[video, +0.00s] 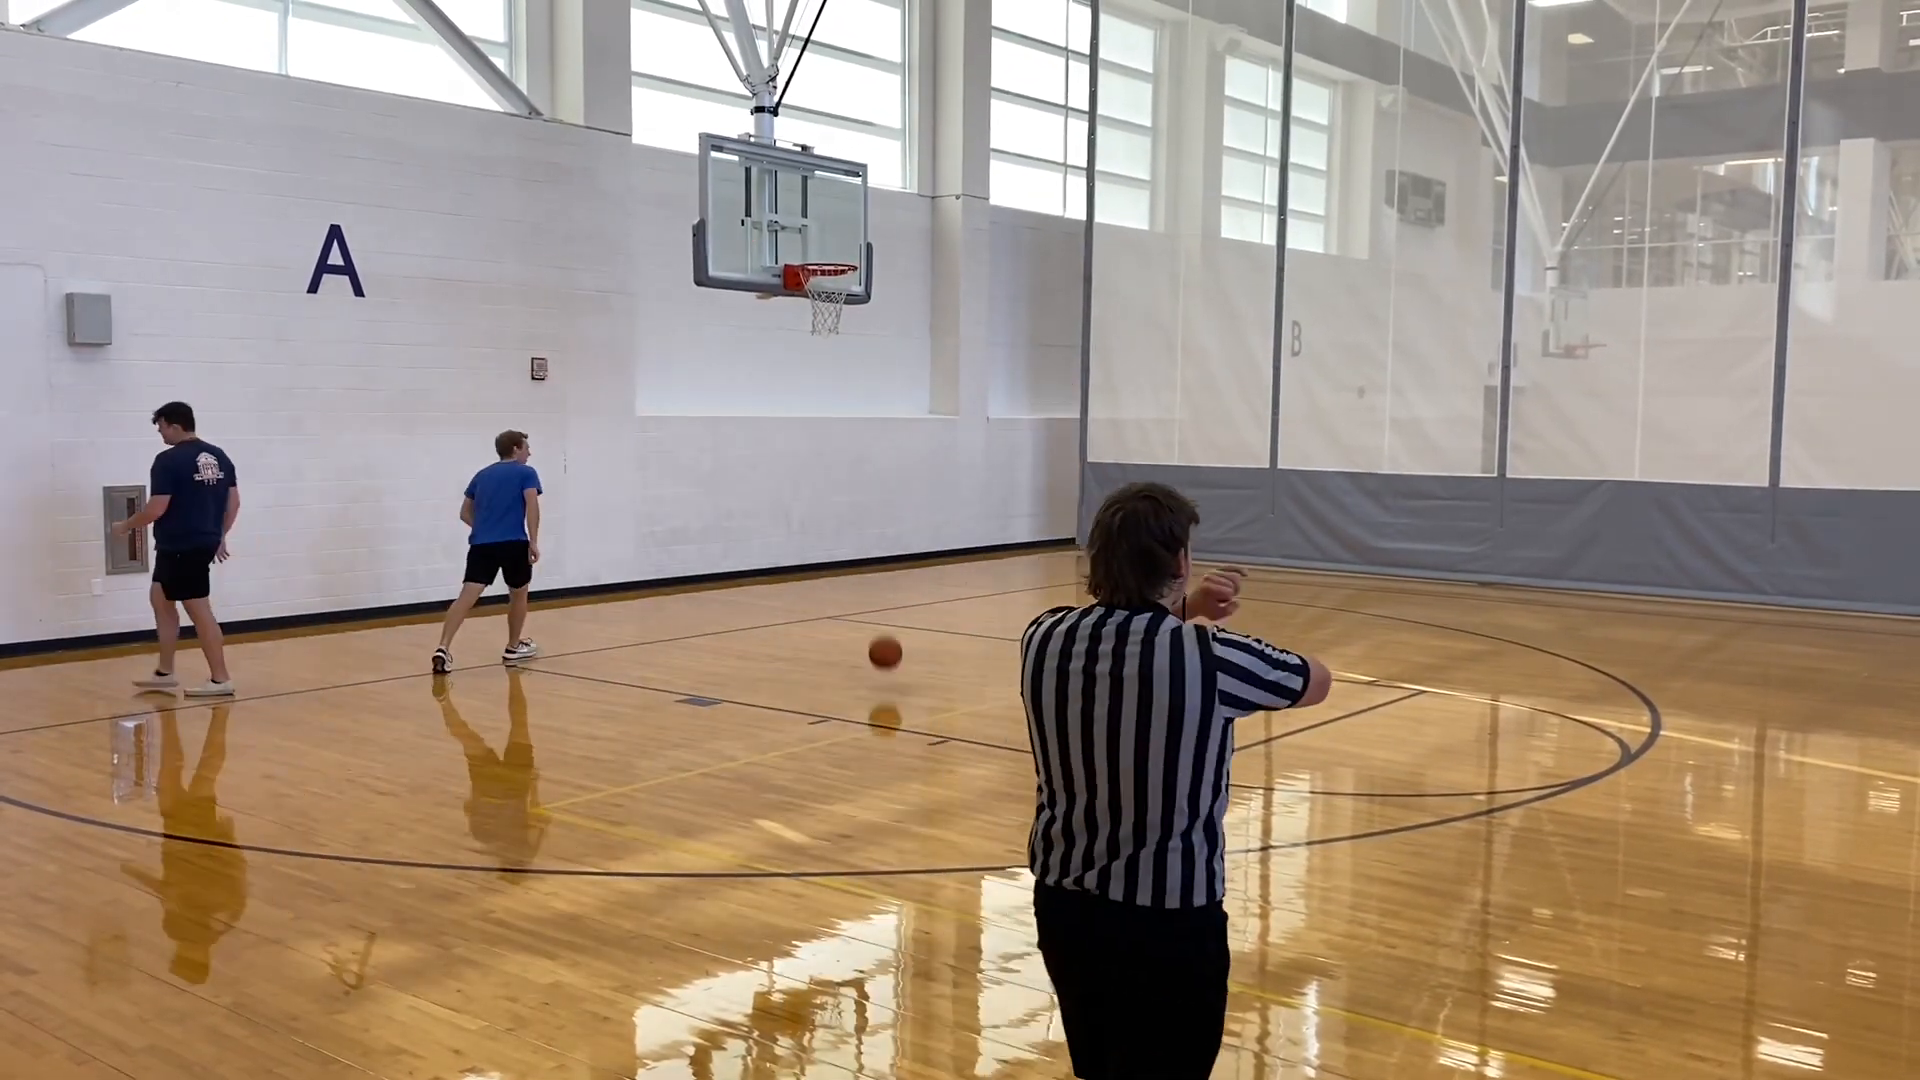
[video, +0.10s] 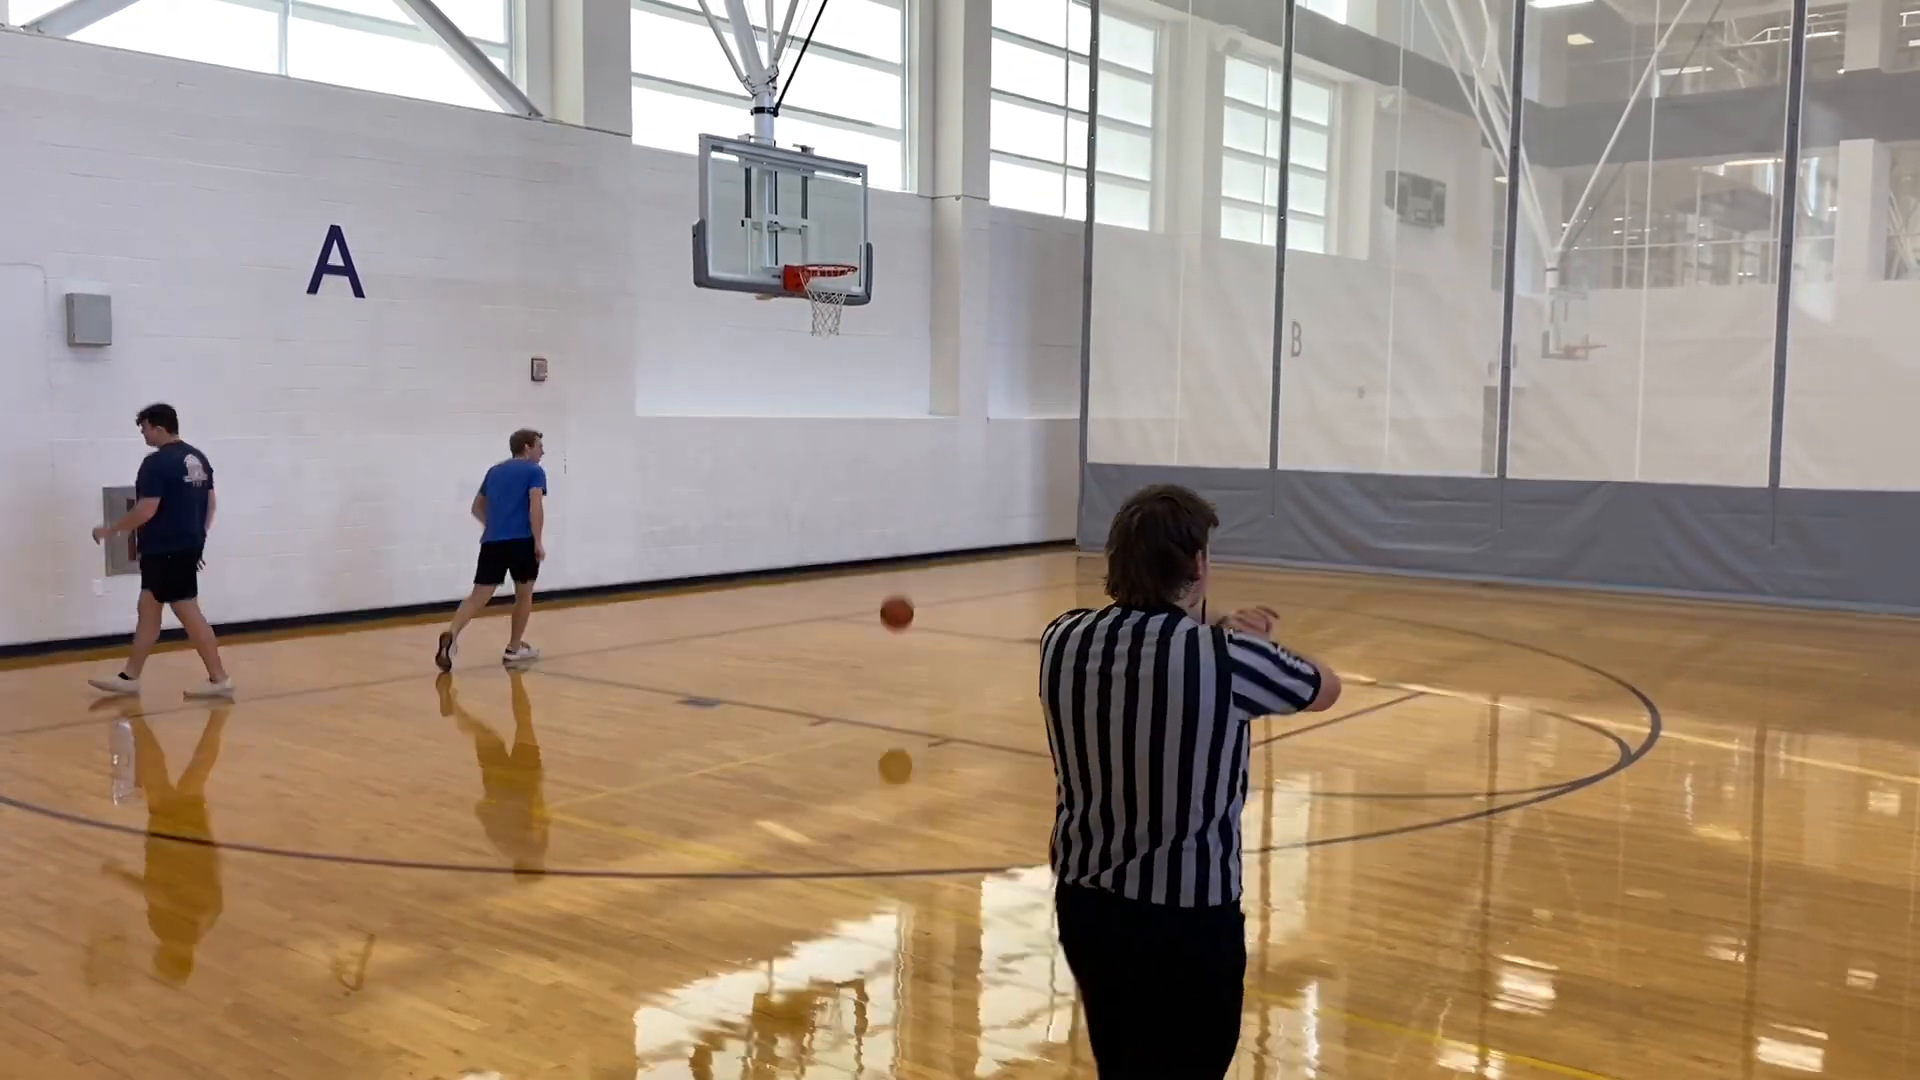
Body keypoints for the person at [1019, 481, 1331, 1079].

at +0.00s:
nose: (1192, 562)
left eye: (1190, 549)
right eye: (1190, 551)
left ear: (1100, 558)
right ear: (1178, 562)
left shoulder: (1042, 638)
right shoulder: (1204, 653)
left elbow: (1114, 638)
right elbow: (1316, 682)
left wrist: (1185, 608)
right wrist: (1233, 643)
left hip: (1065, 913)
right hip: (1173, 918)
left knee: (1098, 1066)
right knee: (1175, 1068)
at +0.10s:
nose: (1209, 566)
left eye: (1205, 550)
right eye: (1208, 553)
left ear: (1118, 560)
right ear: (1197, 564)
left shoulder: (1062, 639)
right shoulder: (1223, 655)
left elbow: (1137, 652)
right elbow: (1324, 689)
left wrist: (1216, 631)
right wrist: (1251, 643)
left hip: (1085, 906)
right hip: (1190, 913)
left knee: (1119, 1062)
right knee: (1194, 1062)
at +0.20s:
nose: (1230, 566)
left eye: (1227, 551)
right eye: (1228, 551)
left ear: (1140, 559)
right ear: (1215, 561)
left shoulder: (1081, 642)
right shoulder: (1245, 655)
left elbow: (1151, 667)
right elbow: (1349, 708)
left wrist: (1229, 637)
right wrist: (1269, 654)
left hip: (1107, 903)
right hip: (1210, 910)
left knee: (1144, 1057)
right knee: (1216, 1056)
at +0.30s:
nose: (1256, 569)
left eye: (1253, 552)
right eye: (1251, 553)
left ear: (1166, 560)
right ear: (1229, 563)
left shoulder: (1103, 646)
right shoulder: (1264, 660)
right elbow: (1388, 736)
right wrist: (1314, 649)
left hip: (1131, 902)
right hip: (1229, 910)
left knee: (1169, 1060)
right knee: (1233, 1059)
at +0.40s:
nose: (1283, 570)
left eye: (1278, 554)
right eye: (1275, 554)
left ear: (1194, 564)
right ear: (1248, 565)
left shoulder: (1131, 648)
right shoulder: (1284, 660)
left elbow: (1110, 757)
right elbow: (1430, 742)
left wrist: (1186, 750)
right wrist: (1402, 636)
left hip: (1161, 902)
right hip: (1254, 910)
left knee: (1191, 1060)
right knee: (1255, 1059)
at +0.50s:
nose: (1312, 566)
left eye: (1310, 551)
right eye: (1306, 552)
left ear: (1224, 560)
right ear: (1273, 560)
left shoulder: (1160, 645)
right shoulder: (1300, 651)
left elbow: (1126, 761)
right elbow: (1457, 721)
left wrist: (1210, 773)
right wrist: (1487, 611)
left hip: (1192, 895)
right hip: (1281, 904)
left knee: (1220, 1059)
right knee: (1280, 1058)